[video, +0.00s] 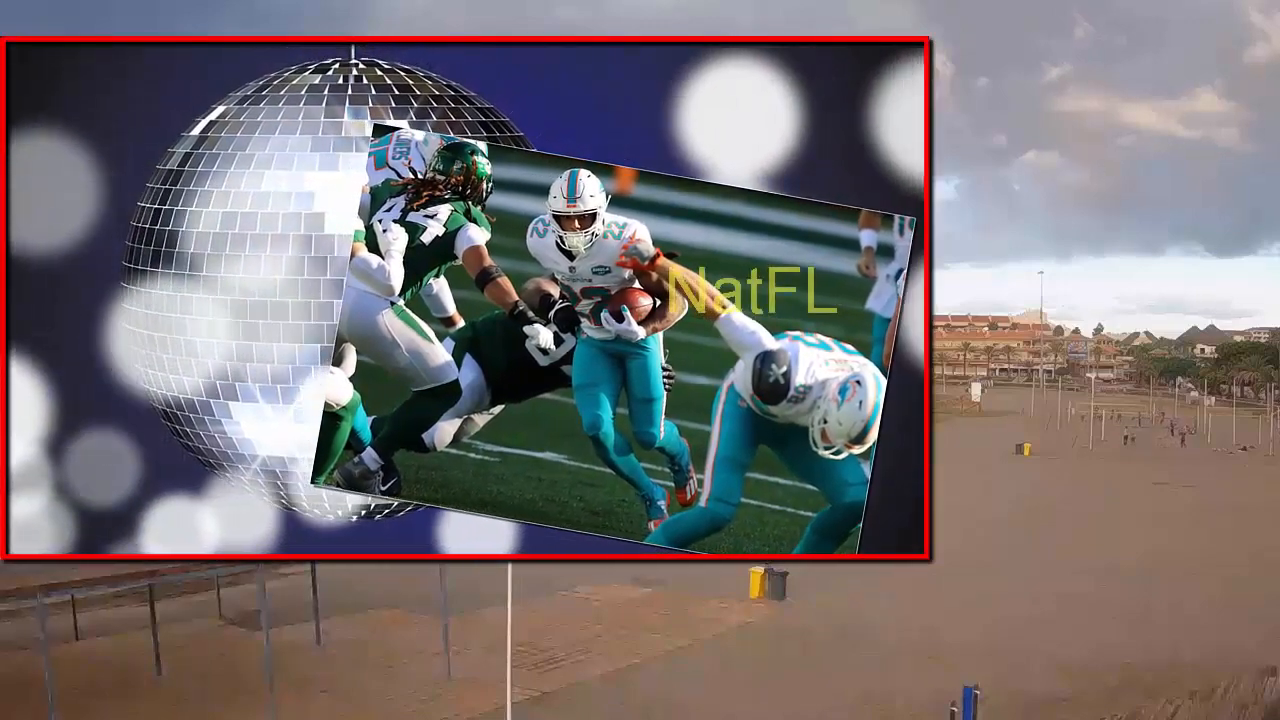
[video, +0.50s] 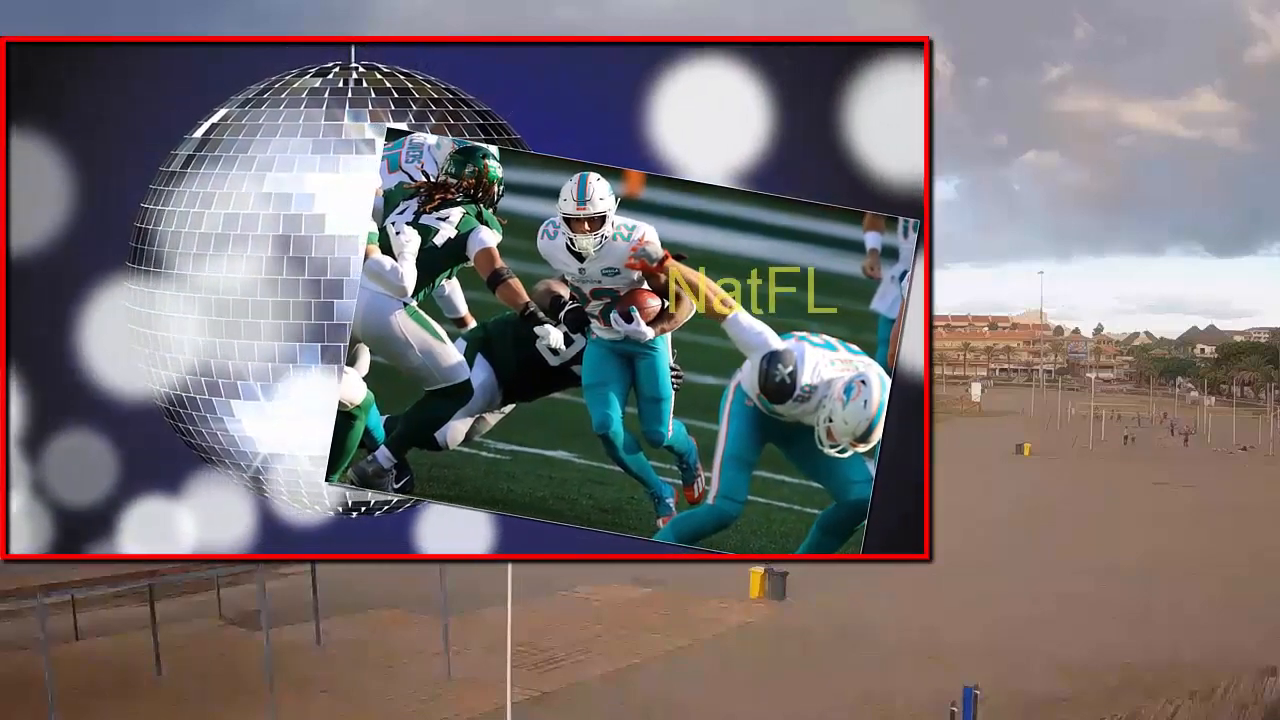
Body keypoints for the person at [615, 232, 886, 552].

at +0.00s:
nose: (834, 451)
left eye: (847, 448)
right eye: (830, 438)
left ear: (872, 427)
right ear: (823, 408)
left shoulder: (884, 413)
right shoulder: (778, 370)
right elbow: (714, 305)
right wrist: (657, 262)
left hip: (799, 422)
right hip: (746, 399)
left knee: (856, 498)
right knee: (719, 510)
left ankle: (795, 574)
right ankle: (638, 563)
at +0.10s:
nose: (833, 446)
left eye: (848, 445)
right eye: (831, 434)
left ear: (871, 429)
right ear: (824, 405)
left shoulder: (882, 415)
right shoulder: (782, 371)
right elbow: (717, 307)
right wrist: (660, 263)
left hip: (800, 423)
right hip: (747, 400)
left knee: (857, 499)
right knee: (720, 510)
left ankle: (797, 574)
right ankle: (639, 557)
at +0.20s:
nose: (833, 446)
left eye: (848, 445)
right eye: (832, 433)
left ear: (870, 430)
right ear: (825, 404)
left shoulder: (881, 414)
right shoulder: (784, 371)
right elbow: (718, 306)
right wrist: (662, 263)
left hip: (801, 423)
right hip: (748, 401)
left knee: (858, 499)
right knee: (722, 510)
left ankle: (797, 574)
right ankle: (645, 556)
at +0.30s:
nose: (837, 449)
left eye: (851, 446)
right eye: (834, 436)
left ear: (874, 428)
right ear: (827, 405)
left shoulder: (884, 414)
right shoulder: (785, 369)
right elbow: (720, 307)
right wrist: (664, 263)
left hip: (803, 422)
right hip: (749, 400)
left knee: (859, 498)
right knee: (723, 508)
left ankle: (798, 574)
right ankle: (643, 558)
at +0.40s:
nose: (838, 449)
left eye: (851, 446)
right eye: (835, 436)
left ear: (875, 428)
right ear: (827, 405)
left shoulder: (885, 413)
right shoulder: (787, 371)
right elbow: (721, 306)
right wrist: (665, 263)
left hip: (804, 422)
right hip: (751, 400)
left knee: (860, 498)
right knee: (725, 508)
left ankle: (799, 572)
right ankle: (648, 554)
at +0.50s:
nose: (837, 446)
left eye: (852, 445)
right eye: (836, 434)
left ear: (873, 429)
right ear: (828, 404)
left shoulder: (885, 411)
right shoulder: (786, 372)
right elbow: (722, 305)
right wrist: (666, 264)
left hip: (803, 421)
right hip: (752, 400)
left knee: (861, 498)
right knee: (726, 508)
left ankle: (800, 571)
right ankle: (649, 555)